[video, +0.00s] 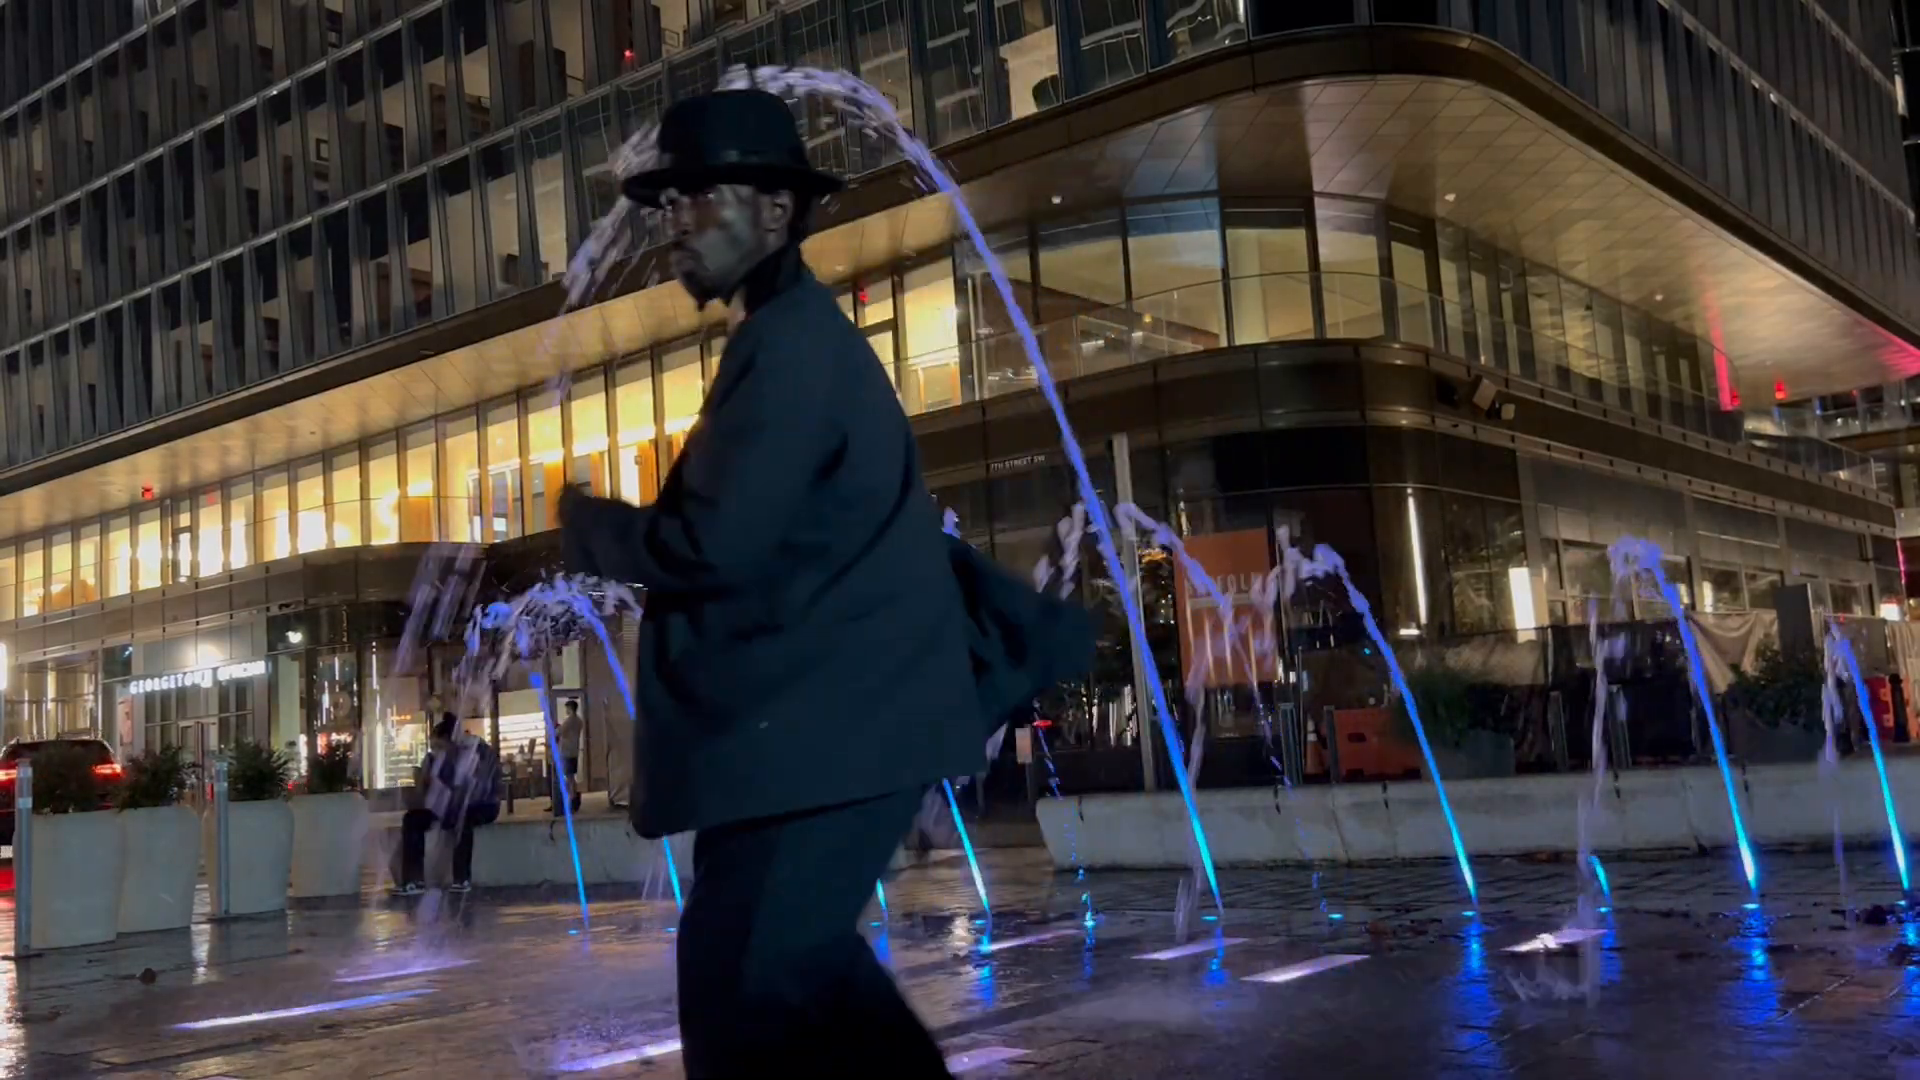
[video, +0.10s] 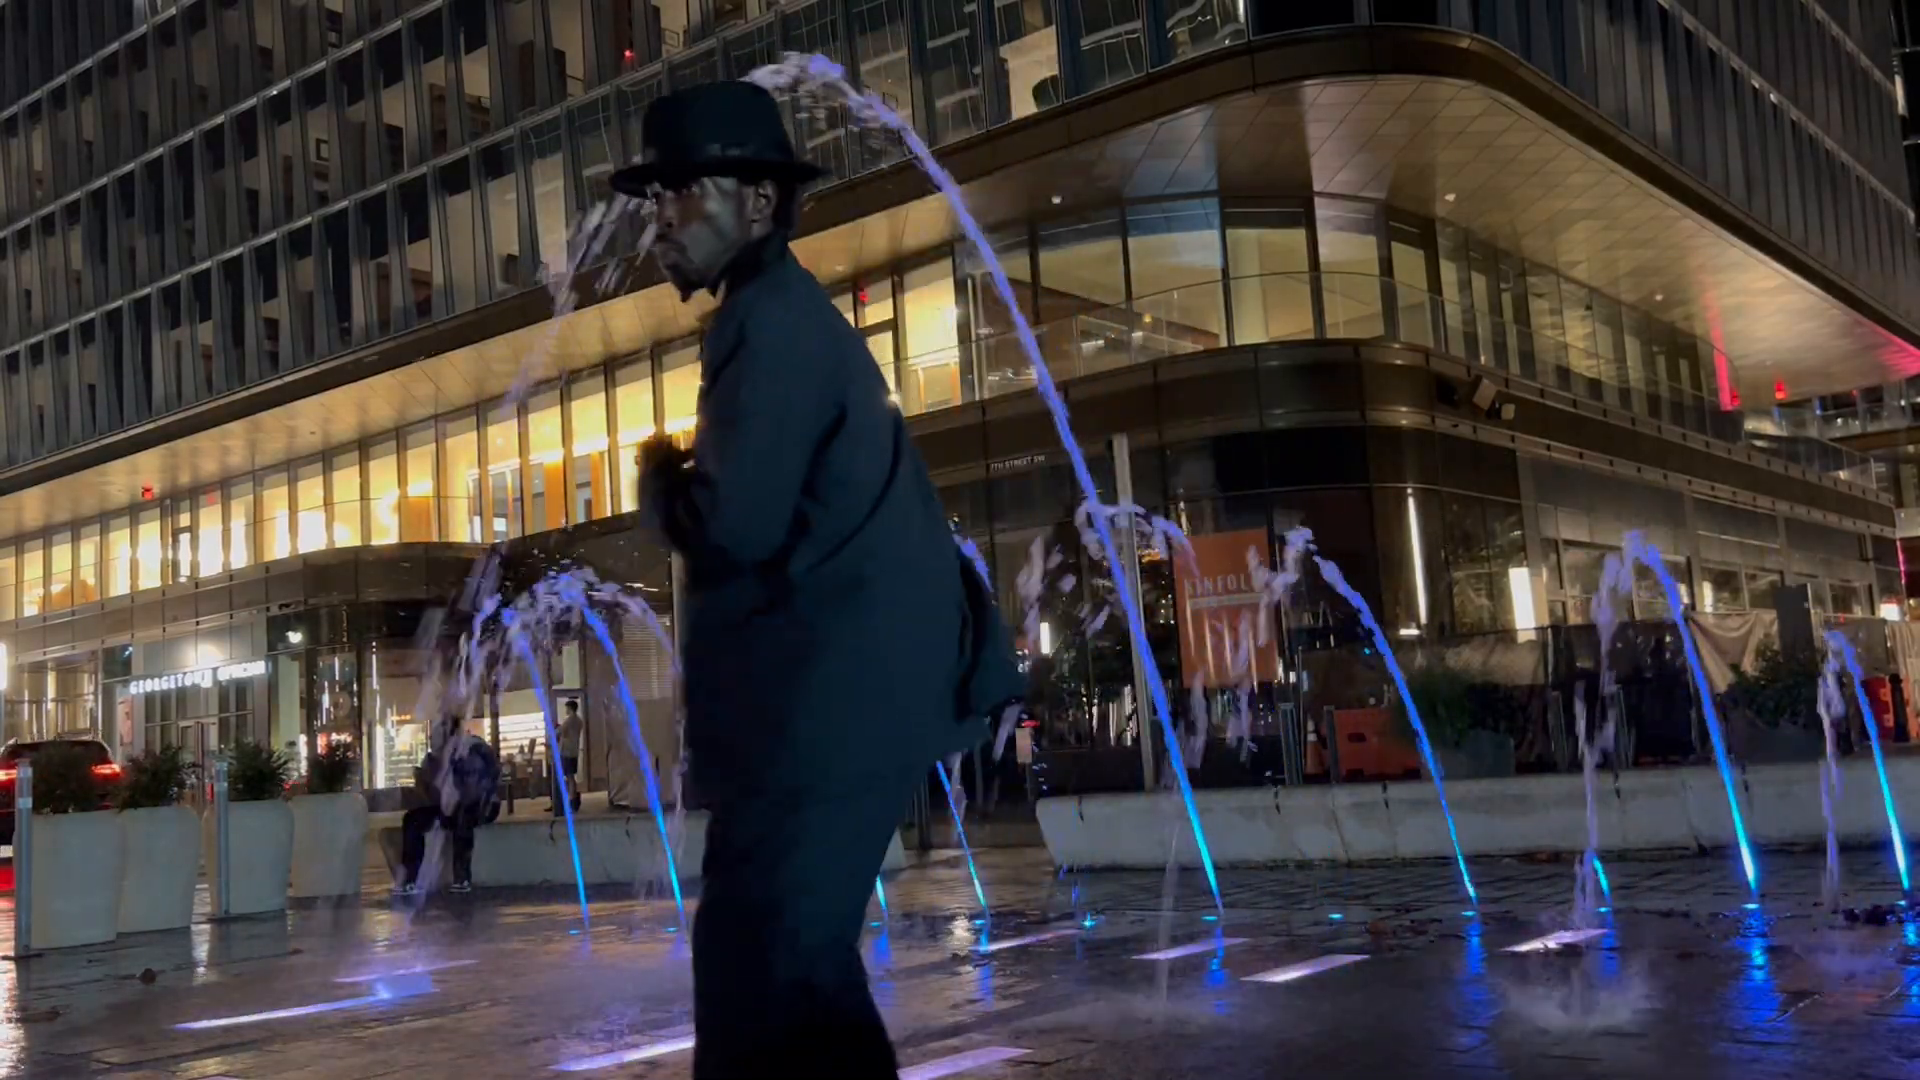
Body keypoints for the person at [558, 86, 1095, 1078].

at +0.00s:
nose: (672, 229)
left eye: (694, 202)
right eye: (669, 207)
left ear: (772, 213)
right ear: (762, 220)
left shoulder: (787, 348)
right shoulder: (797, 336)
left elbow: (714, 543)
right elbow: (889, 530)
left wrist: (595, 529)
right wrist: (1027, 627)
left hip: (824, 746)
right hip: (846, 738)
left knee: (739, 982)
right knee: (795, 958)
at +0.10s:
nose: (658, 218)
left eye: (681, 193)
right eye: (657, 196)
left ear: (757, 206)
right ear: (746, 211)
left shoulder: (772, 324)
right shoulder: (774, 316)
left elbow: (737, 526)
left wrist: (669, 482)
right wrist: (983, 664)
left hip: (838, 705)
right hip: (853, 700)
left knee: (751, 952)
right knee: (793, 951)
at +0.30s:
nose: (693, 276)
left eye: (712, 248)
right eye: (687, 254)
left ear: (779, 241)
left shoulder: (828, 346)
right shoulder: (788, 354)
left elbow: (779, 520)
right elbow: (793, 530)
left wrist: (682, 472)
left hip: (876, 718)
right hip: (849, 717)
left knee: (717, 928)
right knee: (795, 954)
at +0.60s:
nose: (737, 301)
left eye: (760, 275)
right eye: (722, 279)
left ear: (816, 269)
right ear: (710, 282)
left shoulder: (853, 391)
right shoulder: (797, 393)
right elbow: (827, 575)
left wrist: (721, 515)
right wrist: (733, 620)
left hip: (981, 735)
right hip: (913, 735)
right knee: (802, 910)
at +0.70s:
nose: (833, 253)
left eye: (854, 223)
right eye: (812, 232)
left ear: (899, 228)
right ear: (799, 249)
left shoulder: (986, 372)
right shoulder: (782, 404)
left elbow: (1076, 550)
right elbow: (797, 565)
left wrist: (906, 558)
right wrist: (784, 623)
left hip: (1014, 720)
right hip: (854, 744)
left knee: (1099, 971)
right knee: (804, 956)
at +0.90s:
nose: (1059, 155)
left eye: (1068, 132)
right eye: (1027, 131)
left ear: (1082, 148)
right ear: (958, 154)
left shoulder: (1143, 317)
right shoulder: (887, 308)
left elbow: (1215, 509)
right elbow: (833, 504)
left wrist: (1202, 457)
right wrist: (873, 568)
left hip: (1150, 677)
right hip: (1002, 681)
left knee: (1203, 1004)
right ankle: (751, 1071)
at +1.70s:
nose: (837, 126)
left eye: (842, 107)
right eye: (838, 111)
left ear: (882, 76)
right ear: (994, 88)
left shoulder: (883, 143)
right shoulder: (1096, 206)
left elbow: (793, 383)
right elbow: (1239, 417)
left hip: (1086, 626)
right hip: (1173, 615)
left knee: (998, 988)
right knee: (1039, 981)